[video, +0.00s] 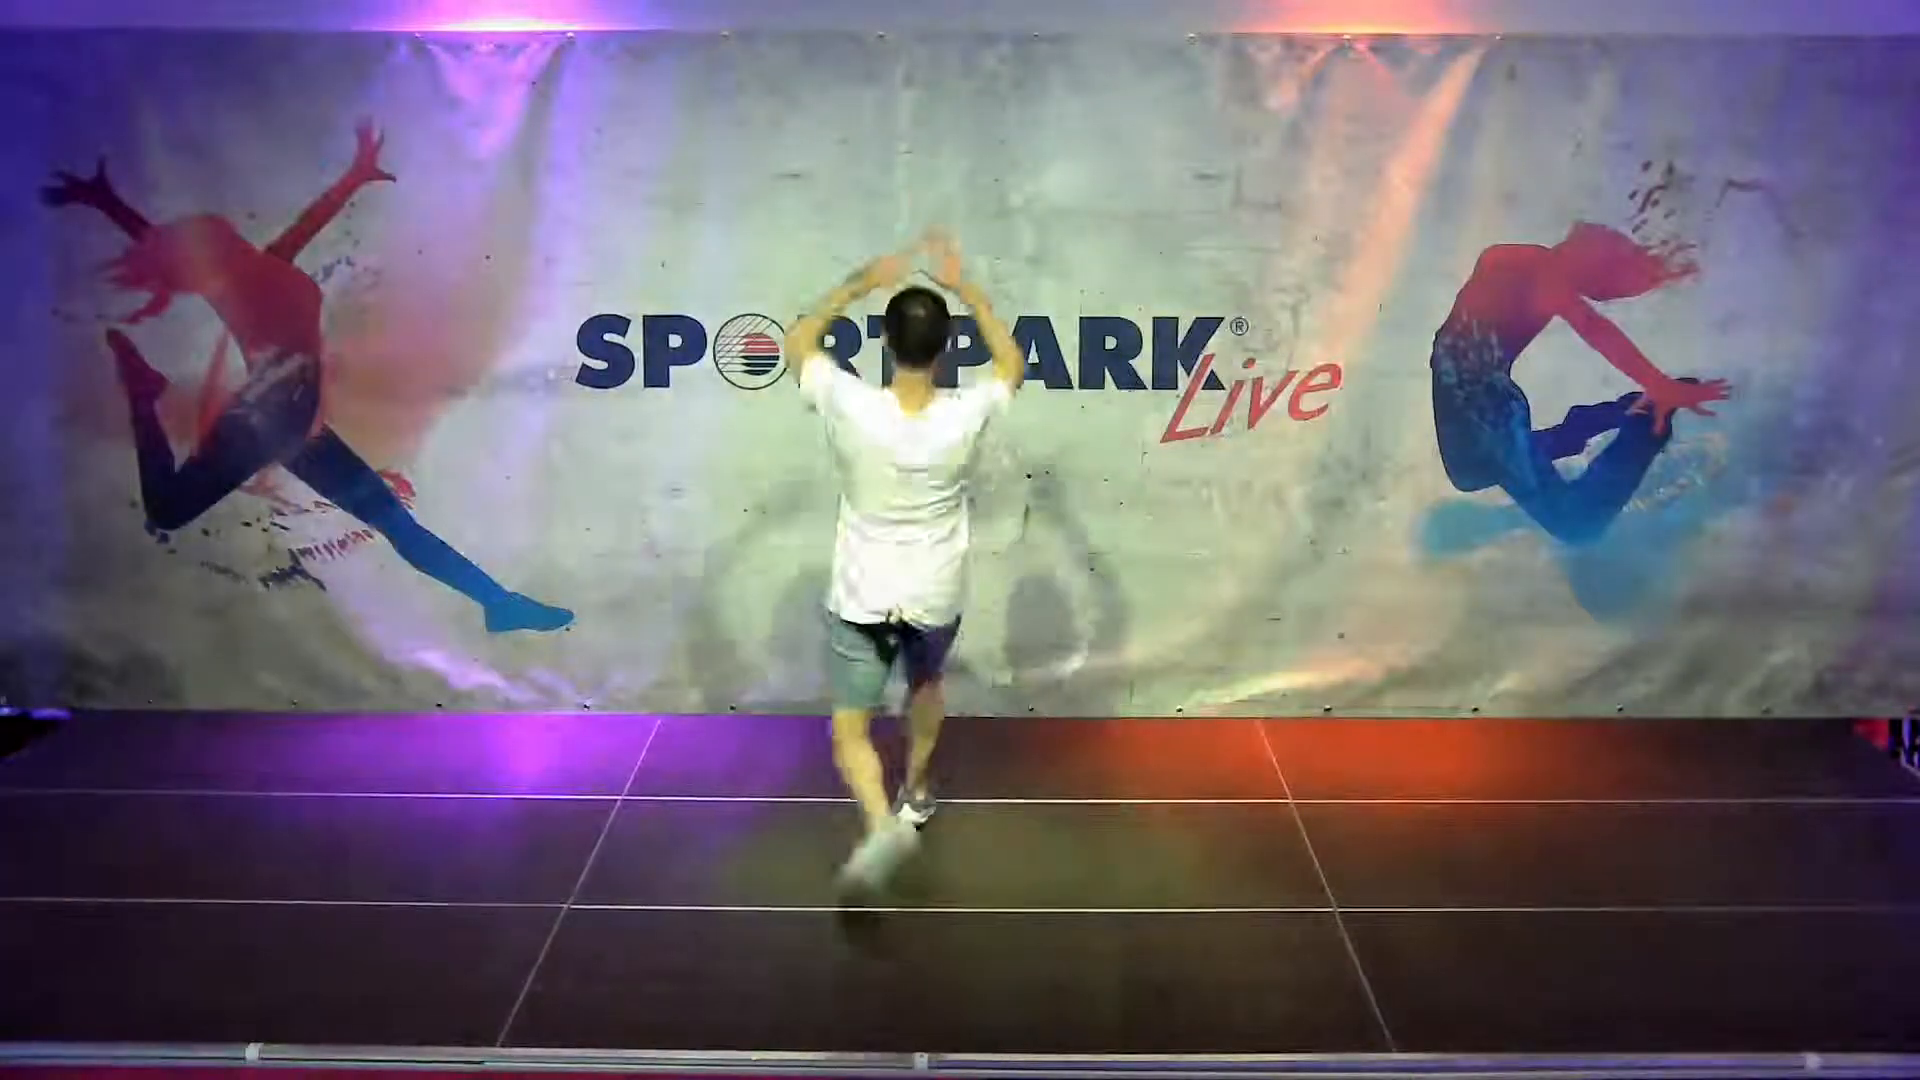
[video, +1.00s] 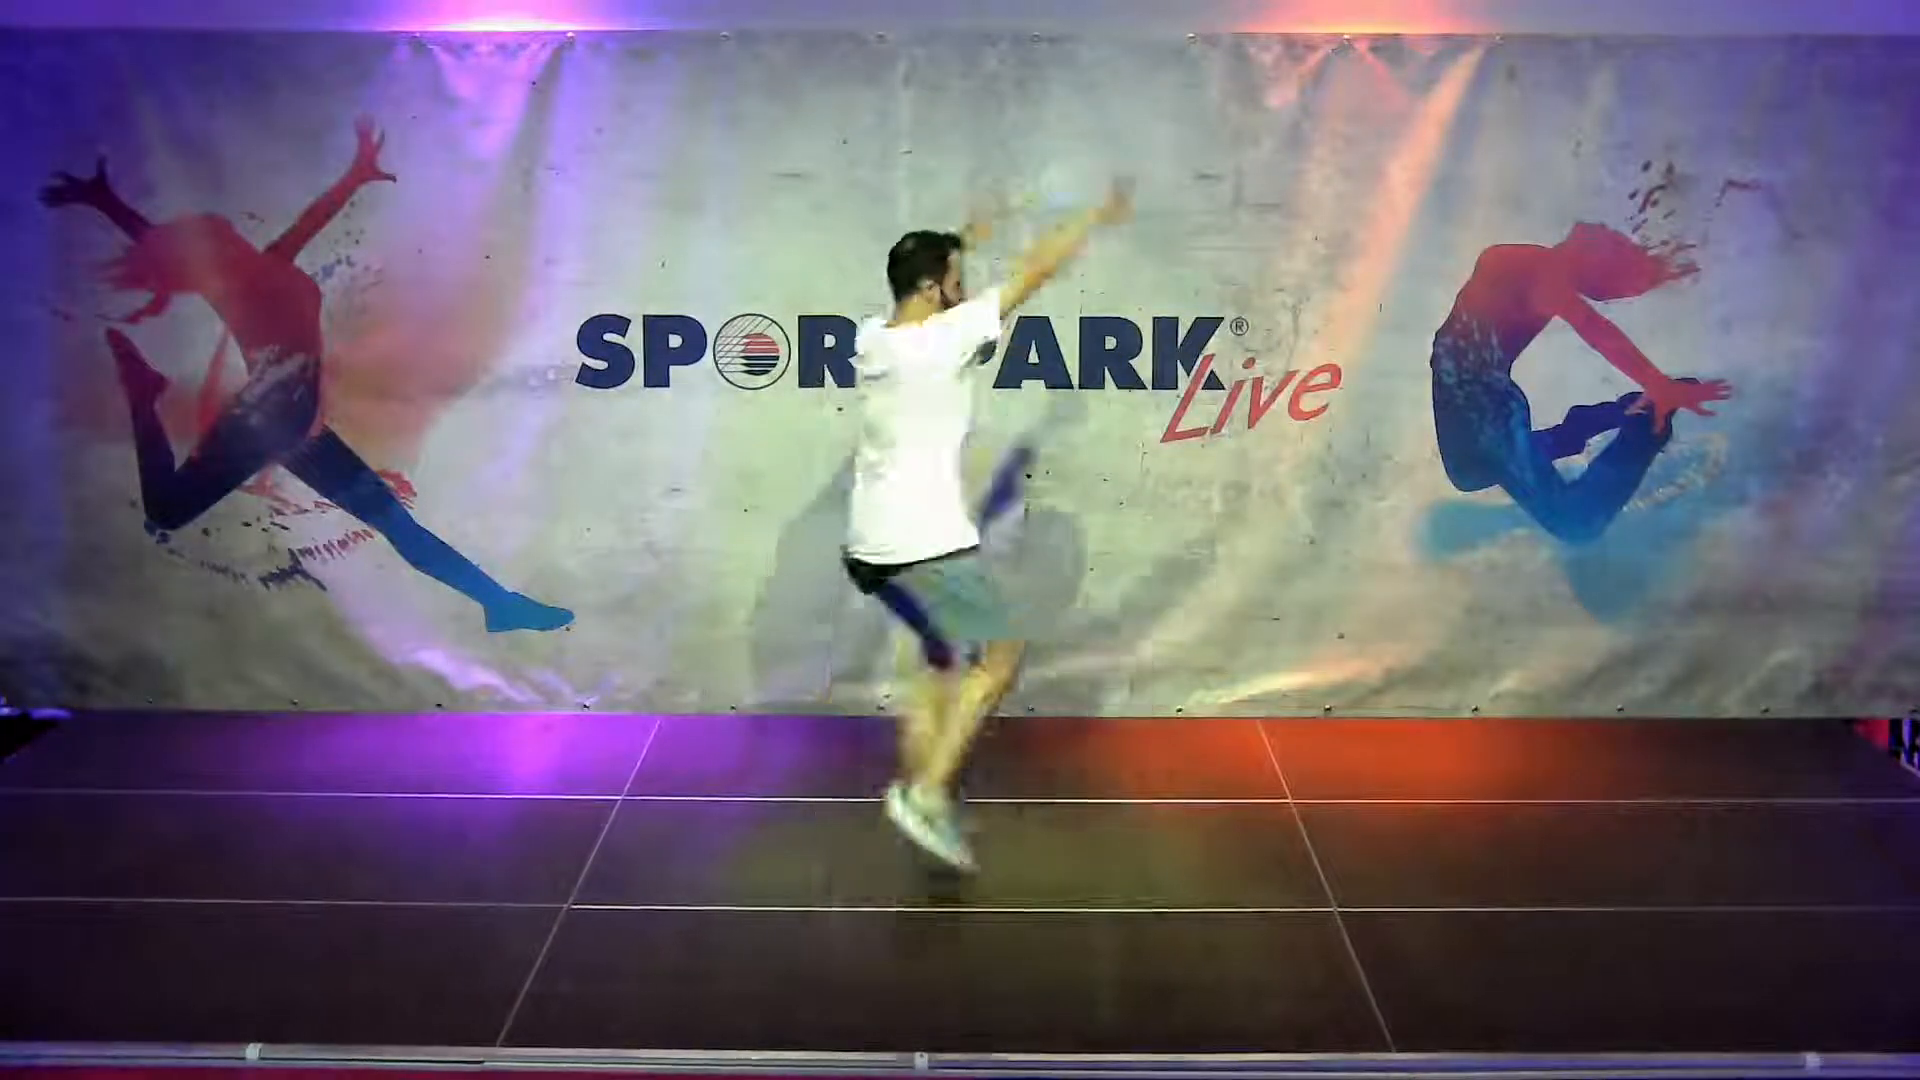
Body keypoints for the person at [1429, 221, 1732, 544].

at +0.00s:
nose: (1597, 284)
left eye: (1605, 281)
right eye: (1605, 278)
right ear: (1592, 243)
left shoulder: (1551, 283)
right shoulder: (1534, 265)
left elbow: (1596, 330)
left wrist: (1657, 383)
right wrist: (1649, 266)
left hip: (1485, 396)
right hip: (1455, 385)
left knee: (1575, 524)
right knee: (1468, 474)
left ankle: (1647, 426)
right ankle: (1569, 437)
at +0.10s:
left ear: (1591, 247)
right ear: (1593, 240)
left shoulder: (1548, 281)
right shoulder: (1536, 266)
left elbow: (1597, 330)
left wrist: (1657, 384)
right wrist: (1649, 271)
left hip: (1486, 400)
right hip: (1454, 389)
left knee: (1575, 524)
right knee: (1468, 474)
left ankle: (1647, 427)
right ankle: (1571, 436)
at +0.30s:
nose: (1599, 230)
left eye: (1605, 245)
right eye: (1611, 239)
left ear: (1592, 249)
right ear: (1593, 237)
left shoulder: (1547, 281)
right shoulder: (1535, 265)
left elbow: (1596, 329)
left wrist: (1657, 383)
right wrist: (1649, 272)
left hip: (1487, 401)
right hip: (1454, 390)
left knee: (1575, 524)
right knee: (1468, 474)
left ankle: (1648, 425)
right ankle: (1570, 436)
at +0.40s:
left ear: (1588, 244)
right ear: (1592, 240)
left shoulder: (1547, 280)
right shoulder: (1537, 266)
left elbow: (1596, 329)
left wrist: (1657, 383)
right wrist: (1648, 271)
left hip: (1486, 400)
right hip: (1455, 388)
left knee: (1575, 524)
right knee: (1468, 474)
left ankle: (1647, 426)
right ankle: (1570, 437)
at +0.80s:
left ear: (1589, 244)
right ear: (1592, 238)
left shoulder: (1547, 281)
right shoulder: (1535, 265)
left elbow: (1596, 329)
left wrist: (1657, 383)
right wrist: (1648, 271)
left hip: (1486, 401)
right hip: (1455, 390)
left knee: (1575, 524)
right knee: (1467, 474)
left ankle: (1647, 426)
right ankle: (1570, 437)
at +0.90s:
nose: (1599, 231)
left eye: (1604, 245)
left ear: (1589, 245)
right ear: (1592, 237)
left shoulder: (1547, 281)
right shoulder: (1536, 265)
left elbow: (1596, 329)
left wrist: (1657, 383)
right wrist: (1648, 272)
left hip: (1486, 401)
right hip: (1455, 390)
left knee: (1575, 524)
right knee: (1467, 474)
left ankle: (1647, 426)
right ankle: (1570, 437)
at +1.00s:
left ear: (1588, 243)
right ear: (1591, 238)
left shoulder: (1546, 280)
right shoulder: (1537, 265)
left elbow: (1596, 330)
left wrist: (1657, 383)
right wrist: (1648, 271)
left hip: (1486, 400)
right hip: (1454, 388)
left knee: (1575, 524)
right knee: (1468, 474)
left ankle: (1647, 426)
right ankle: (1570, 437)